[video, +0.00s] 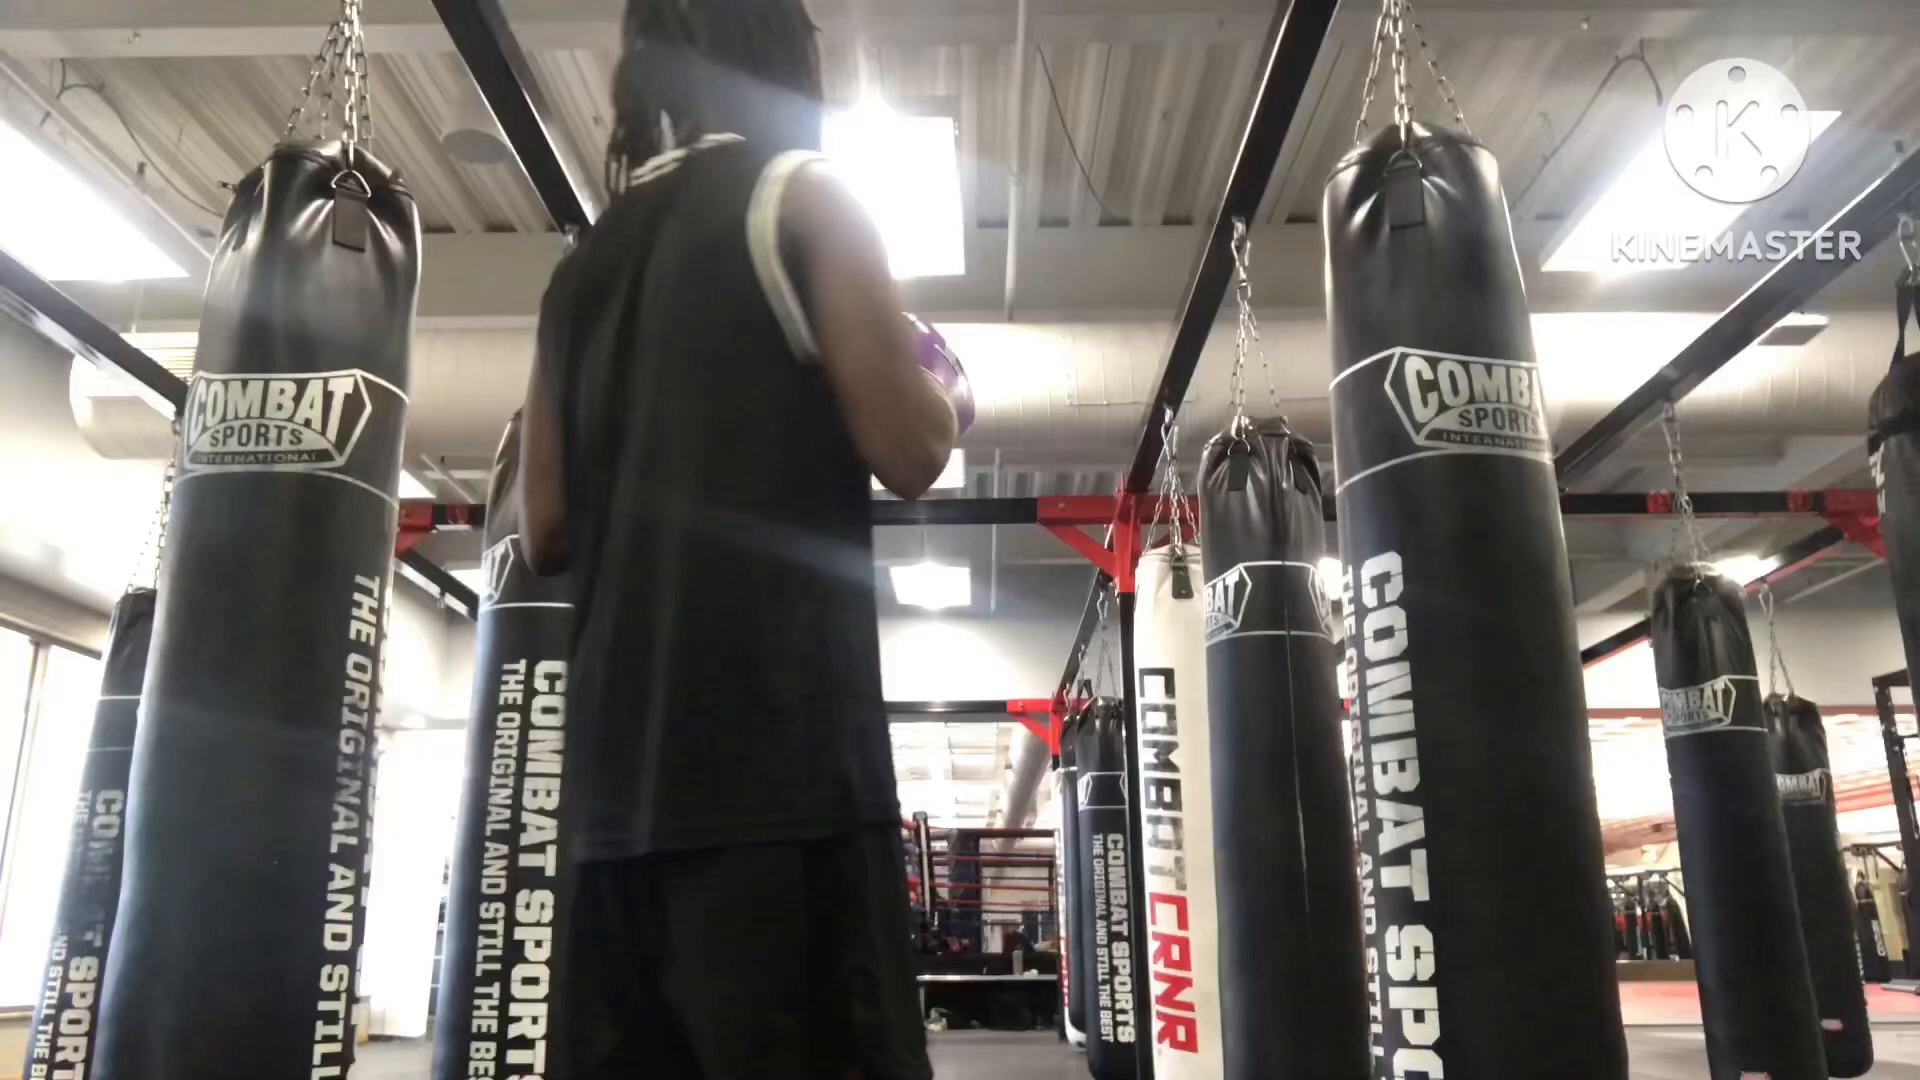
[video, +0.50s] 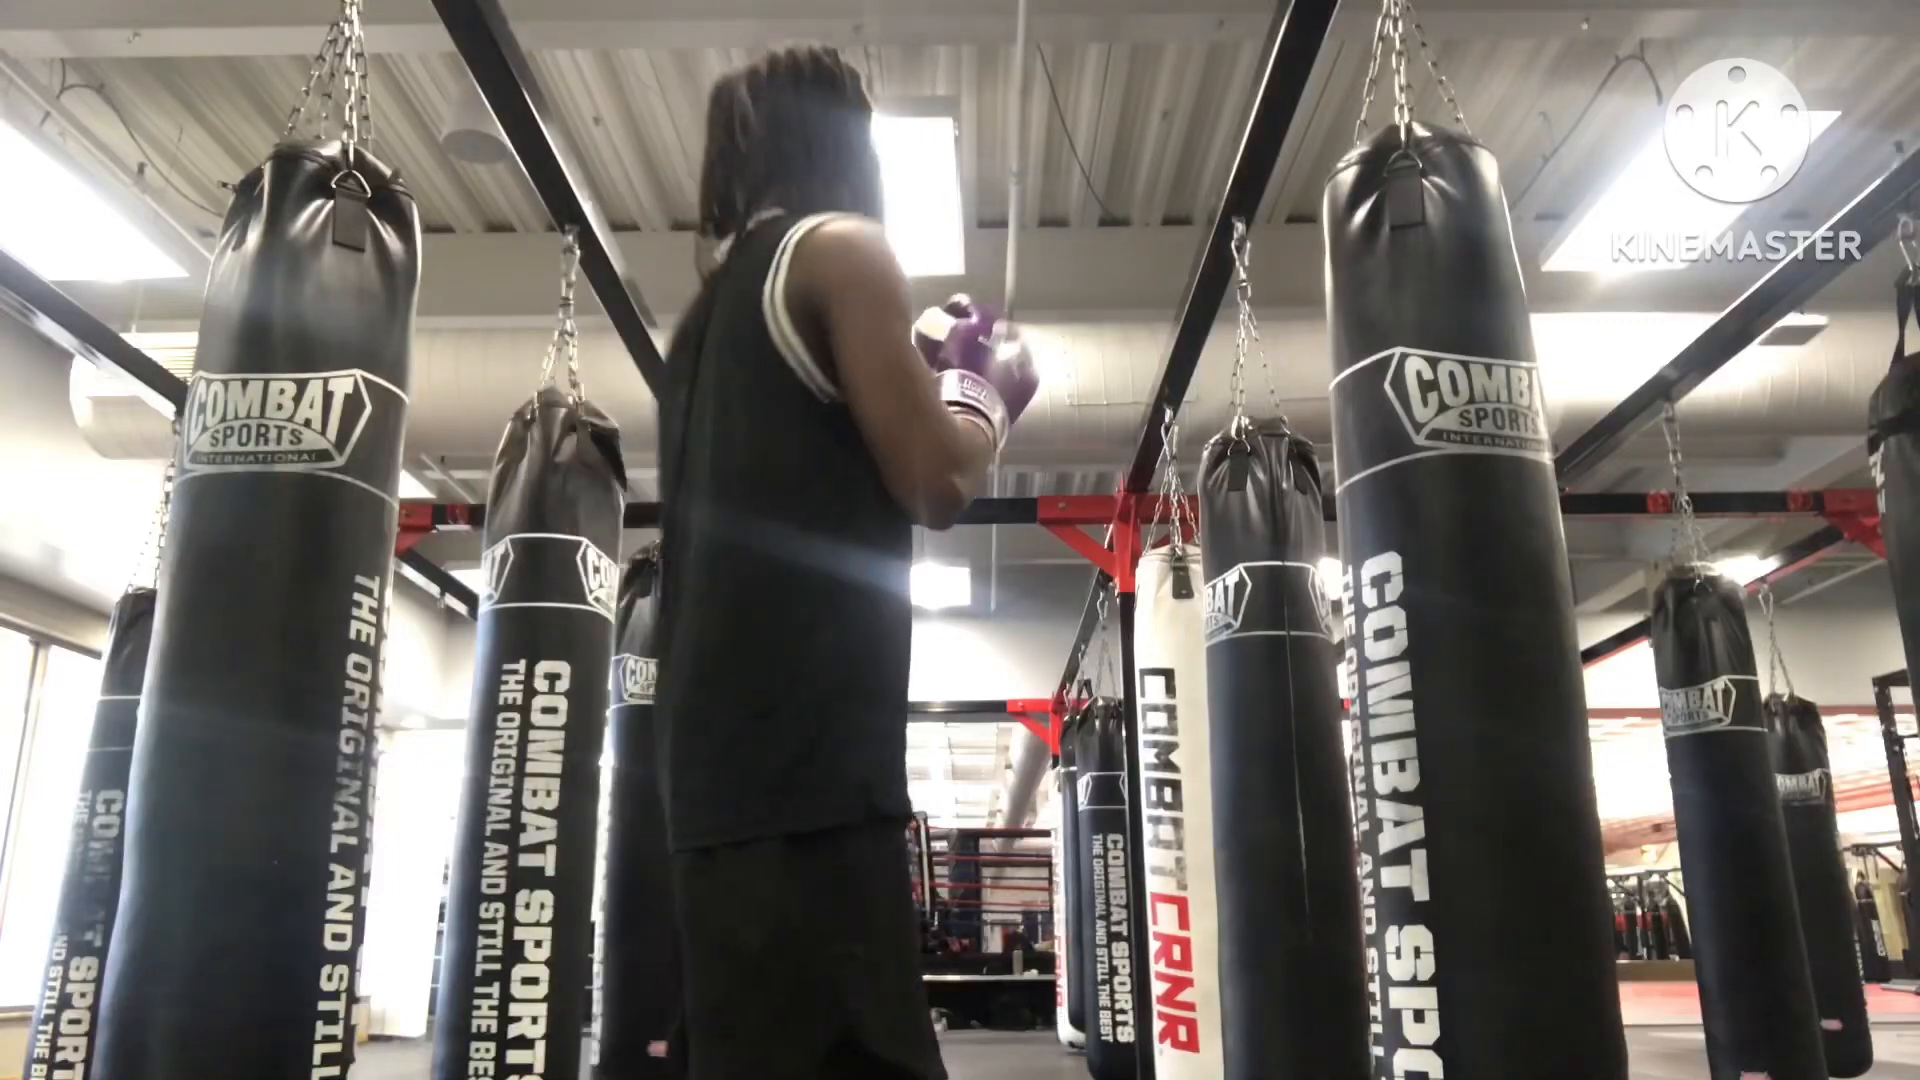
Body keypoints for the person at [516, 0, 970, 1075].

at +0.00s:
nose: (814, 79)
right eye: (800, 55)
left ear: (638, 80)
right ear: (783, 62)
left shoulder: (579, 269)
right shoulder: (798, 193)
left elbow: (547, 524)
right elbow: (913, 456)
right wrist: (940, 389)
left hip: (616, 784)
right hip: (785, 767)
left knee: (624, 1063)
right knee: (808, 1056)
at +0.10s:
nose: (833, 88)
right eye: (821, 64)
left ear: (663, 88)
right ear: (805, 73)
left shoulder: (595, 272)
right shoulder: (833, 204)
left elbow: (557, 520)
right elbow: (942, 460)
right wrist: (889, 331)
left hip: (647, 752)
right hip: (800, 739)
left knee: (662, 1054)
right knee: (826, 1049)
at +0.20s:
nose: (846, 81)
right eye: (832, 58)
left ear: (679, 88)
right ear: (817, 70)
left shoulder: (607, 279)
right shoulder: (851, 204)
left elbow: (576, 522)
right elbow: (957, 456)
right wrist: (909, 356)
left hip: (655, 734)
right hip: (809, 723)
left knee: (666, 1046)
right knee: (824, 1044)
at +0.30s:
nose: (854, 103)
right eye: (845, 80)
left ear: (698, 106)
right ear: (827, 85)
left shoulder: (633, 292)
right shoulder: (854, 209)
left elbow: (607, 546)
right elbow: (955, 461)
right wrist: (968, 375)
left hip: (664, 766)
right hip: (813, 746)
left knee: (670, 1055)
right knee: (843, 1052)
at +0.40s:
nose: (864, 132)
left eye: (858, 114)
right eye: (856, 112)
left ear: (715, 131)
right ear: (835, 119)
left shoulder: (668, 304)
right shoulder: (847, 230)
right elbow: (940, 465)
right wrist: (980, 406)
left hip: (682, 760)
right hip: (809, 750)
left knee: (705, 1045)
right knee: (830, 1046)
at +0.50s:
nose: (873, 154)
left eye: (866, 135)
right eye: (864, 133)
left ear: (739, 151)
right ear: (837, 138)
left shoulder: (716, 296)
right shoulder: (837, 250)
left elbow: (795, 463)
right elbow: (938, 482)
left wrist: (918, 363)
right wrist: (986, 401)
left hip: (717, 746)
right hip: (809, 746)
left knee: (750, 1036)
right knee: (851, 1040)